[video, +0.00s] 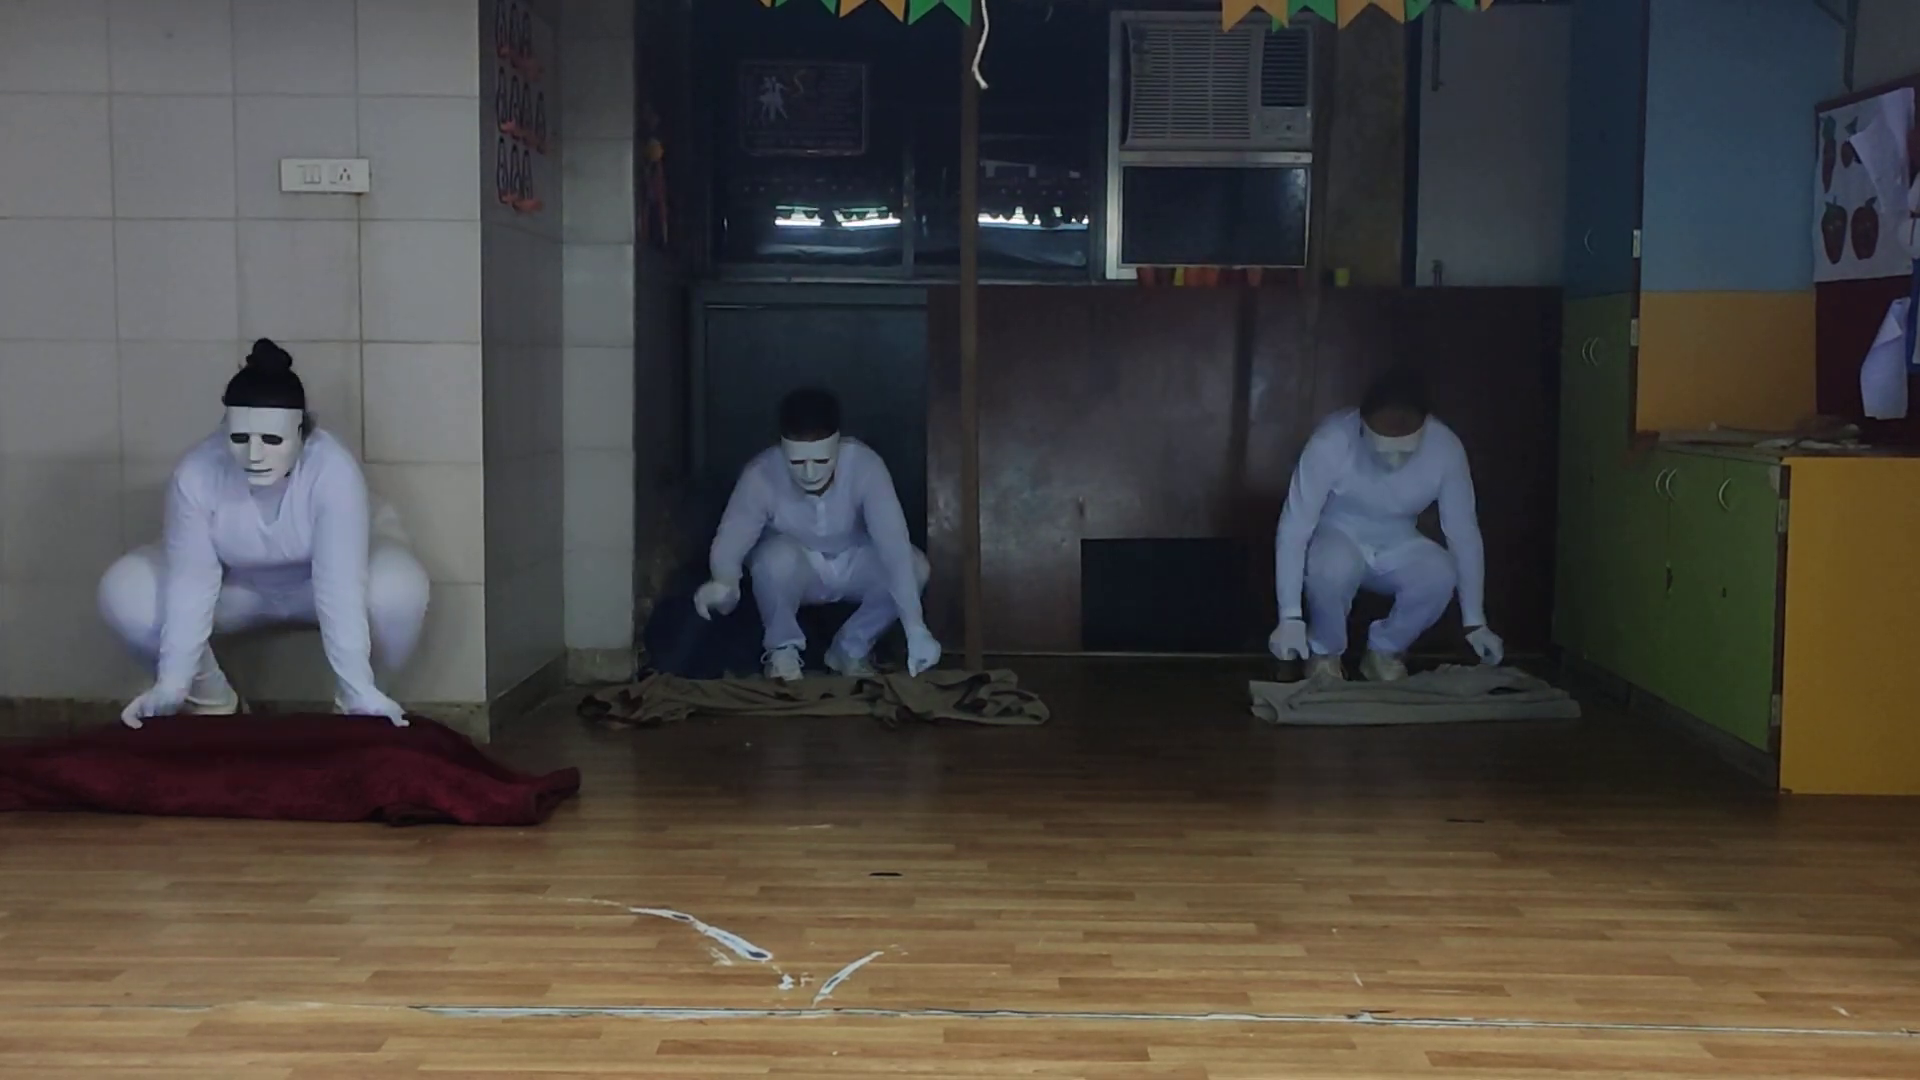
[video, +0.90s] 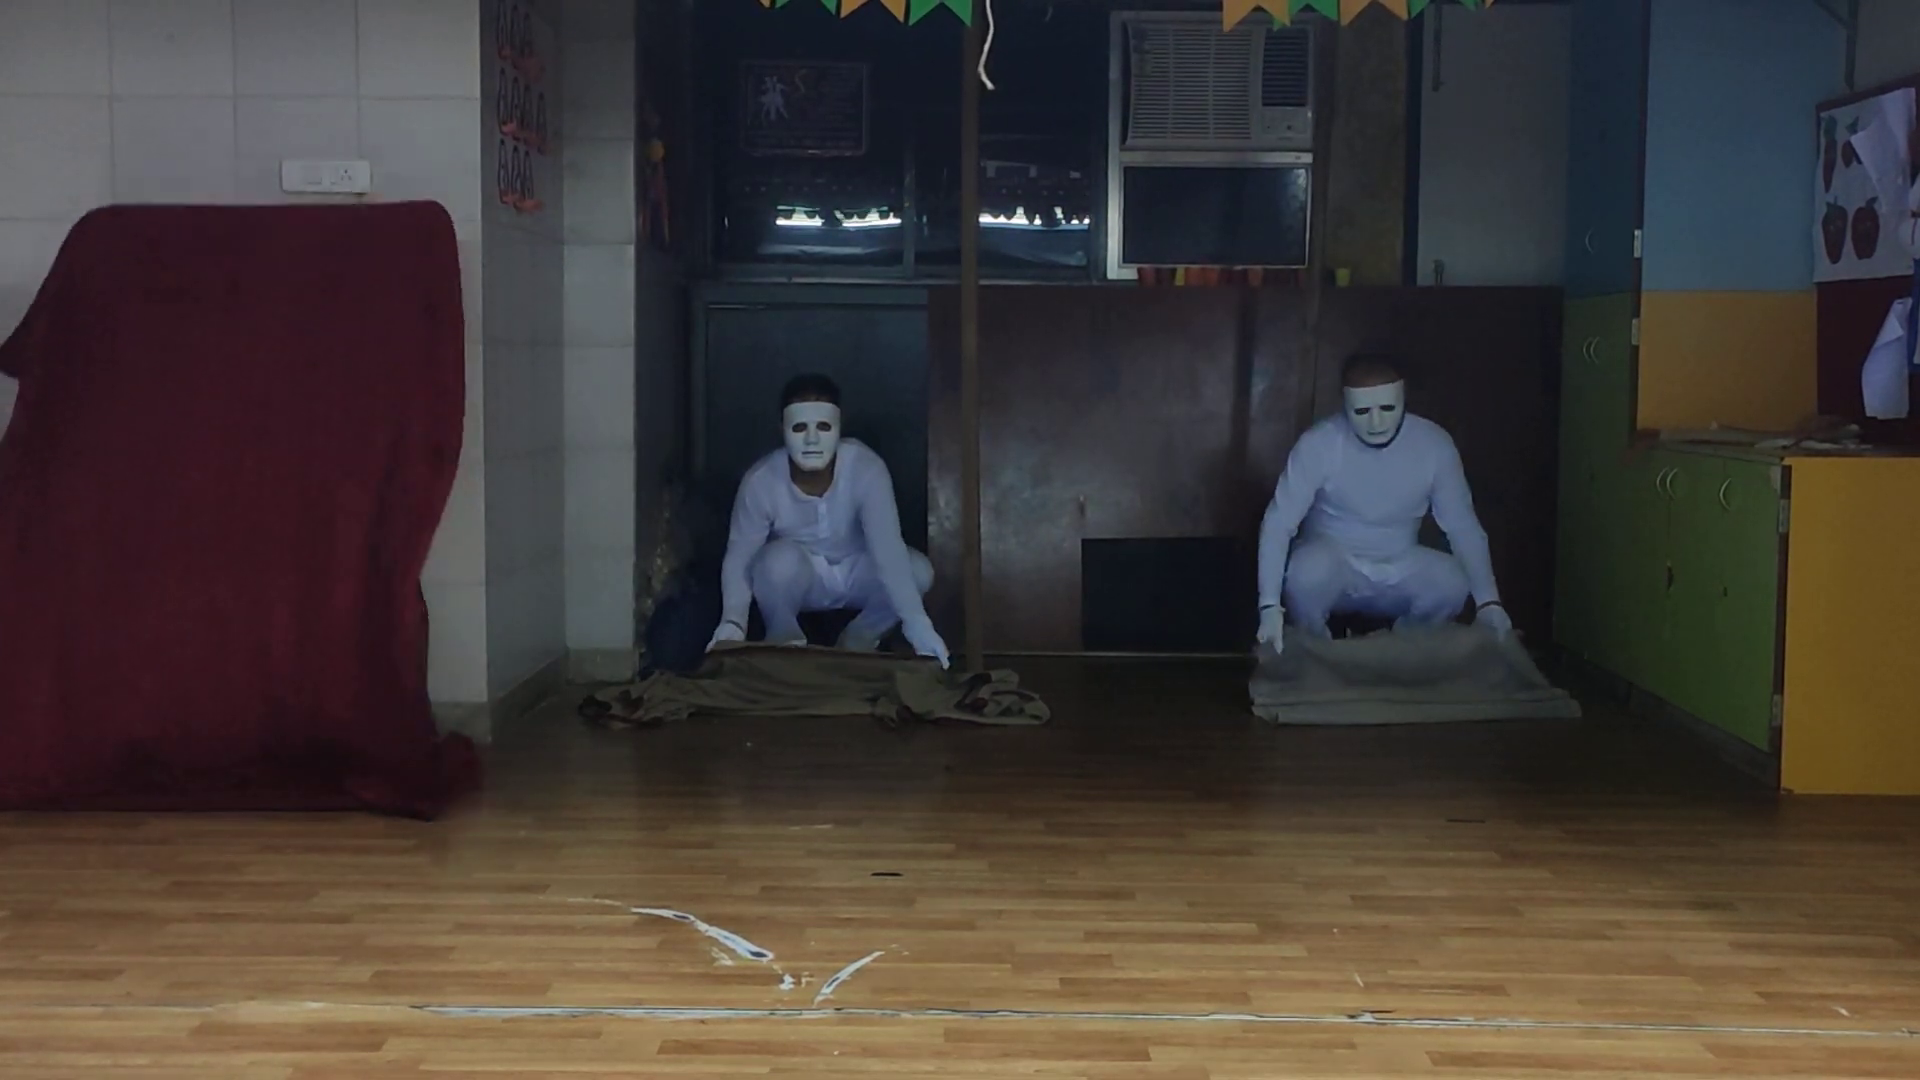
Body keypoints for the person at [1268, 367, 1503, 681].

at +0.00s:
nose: (1394, 461)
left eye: (1405, 451)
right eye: (1383, 451)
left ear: (1422, 430)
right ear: (1364, 429)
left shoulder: (1445, 451)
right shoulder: (1332, 444)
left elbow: (1463, 534)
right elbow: (1292, 529)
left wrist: (1474, 623)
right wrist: (1290, 618)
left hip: (1399, 542)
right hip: (1337, 537)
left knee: (1438, 574)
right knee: (1332, 568)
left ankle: (1384, 652)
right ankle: (1326, 655)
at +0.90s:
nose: (1376, 423)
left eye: (1387, 409)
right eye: (1363, 412)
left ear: (1403, 401)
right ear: (1346, 408)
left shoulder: (1434, 446)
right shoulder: (1320, 446)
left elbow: (1463, 528)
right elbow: (1278, 525)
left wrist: (1488, 603)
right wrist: (1269, 607)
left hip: (1403, 567)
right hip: (1336, 566)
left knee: (1450, 584)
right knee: (1307, 575)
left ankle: (1405, 655)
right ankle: (1312, 655)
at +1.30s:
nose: (1373, 403)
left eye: (1385, 390)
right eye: (1360, 392)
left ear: (1400, 385)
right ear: (1343, 390)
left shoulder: (1431, 435)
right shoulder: (1317, 435)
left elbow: (1465, 514)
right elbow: (1275, 511)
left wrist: (1491, 587)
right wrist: (1261, 589)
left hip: (1403, 568)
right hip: (1333, 565)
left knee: (1447, 586)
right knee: (1299, 570)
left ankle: (1407, 673)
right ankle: (1306, 668)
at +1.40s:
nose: (1373, 402)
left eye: (1385, 389)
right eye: (1360, 391)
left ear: (1401, 384)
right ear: (1344, 389)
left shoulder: (1432, 435)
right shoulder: (1317, 435)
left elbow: (1466, 515)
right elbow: (1276, 512)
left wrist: (1489, 586)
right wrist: (1264, 587)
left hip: (1402, 570)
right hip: (1332, 568)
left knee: (1447, 585)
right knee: (1301, 569)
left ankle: (1407, 676)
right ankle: (1303, 669)